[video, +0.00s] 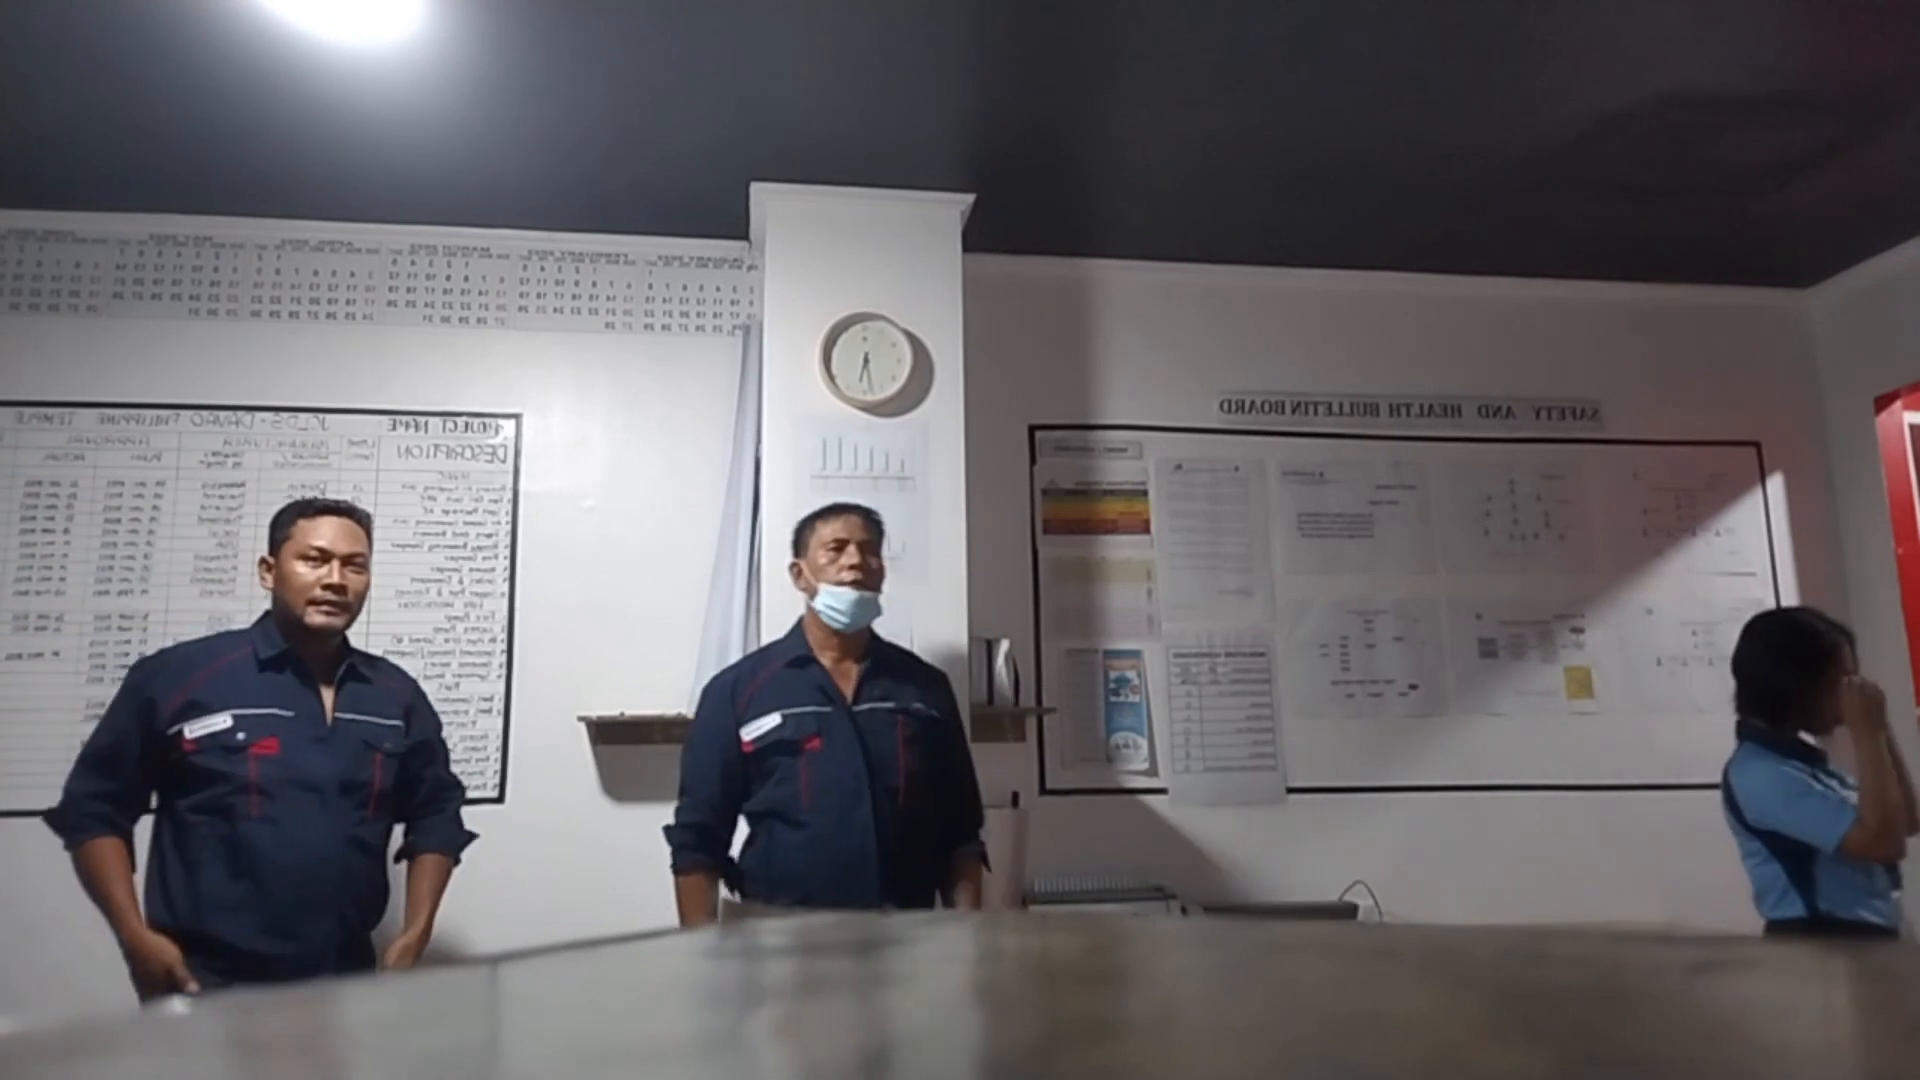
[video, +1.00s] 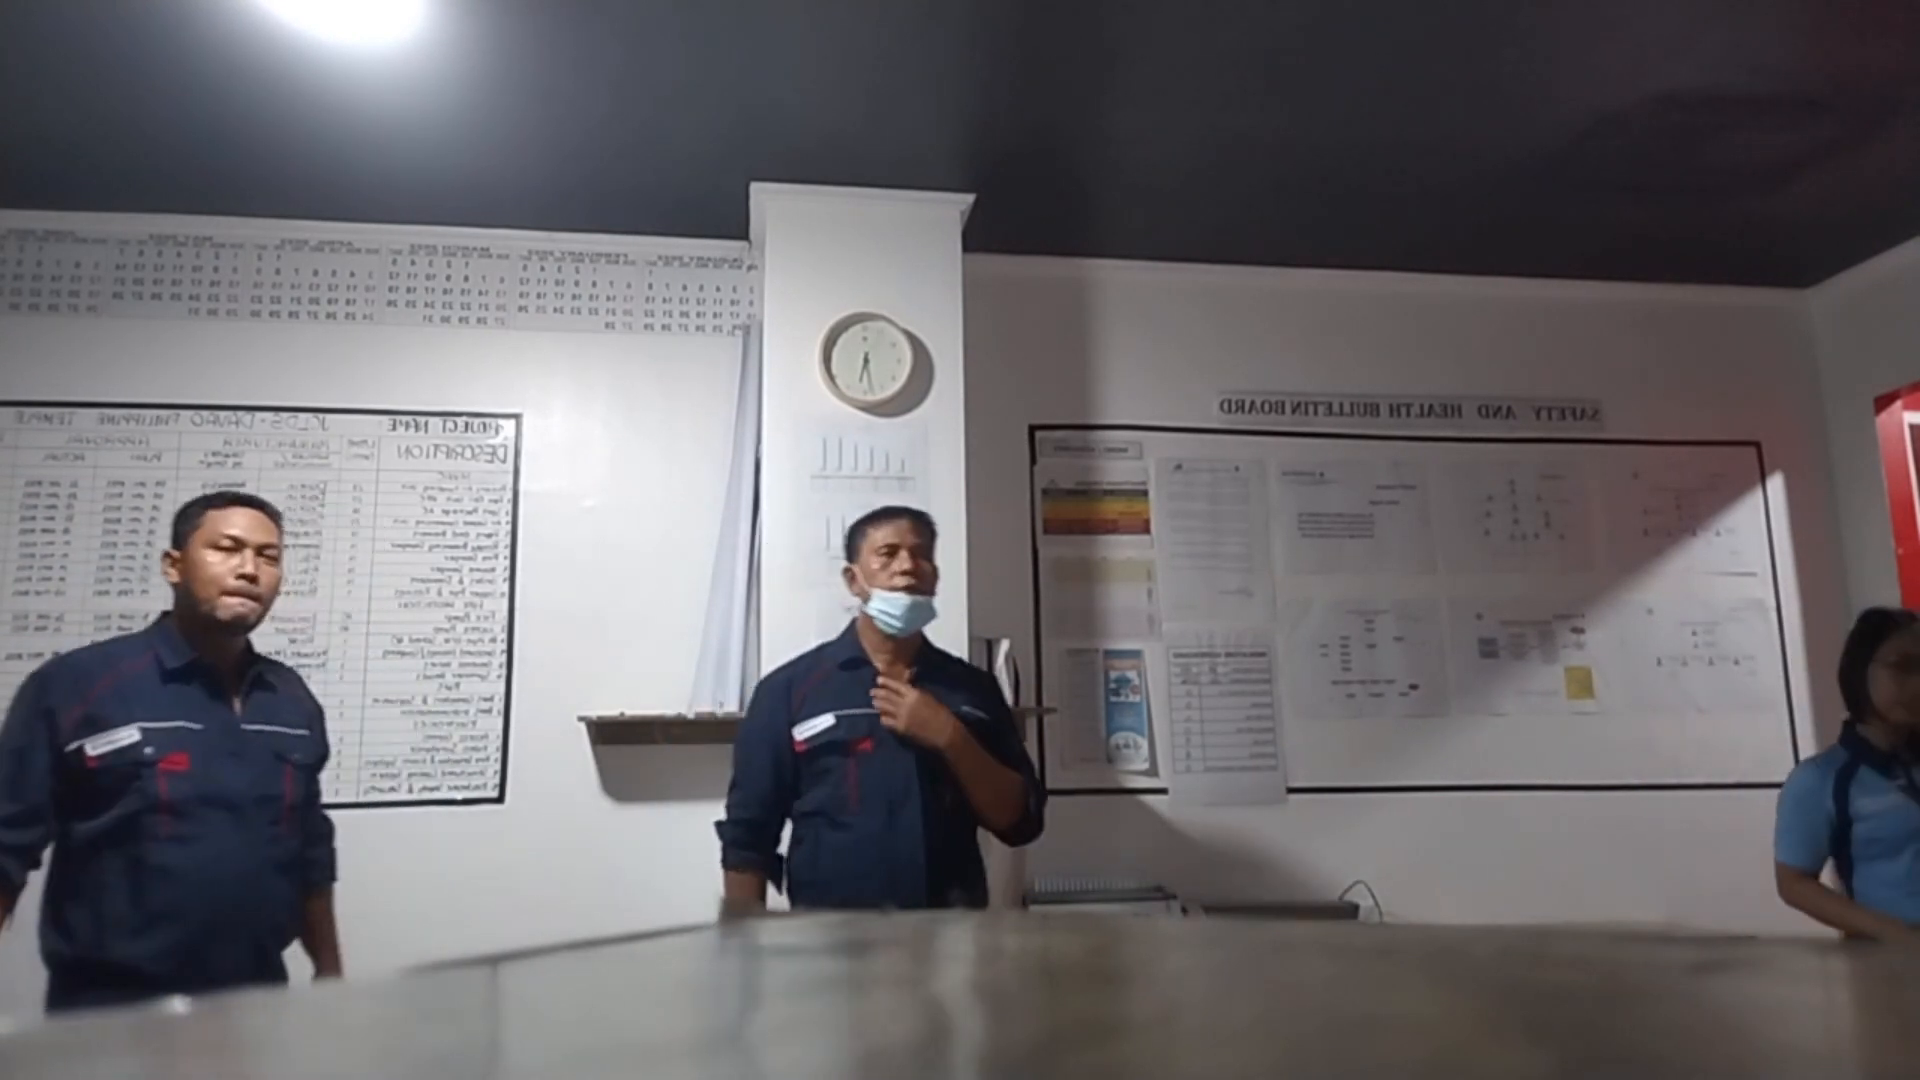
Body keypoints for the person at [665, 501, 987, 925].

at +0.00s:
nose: (856, 561)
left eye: (869, 550)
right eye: (835, 550)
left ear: (882, 572)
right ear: (801, 575)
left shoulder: (927, 688)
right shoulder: (736, 694)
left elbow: (961, 836)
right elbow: (696, 843)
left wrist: (967, 947)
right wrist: (704, 966)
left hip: (908, 943)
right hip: (782, 944)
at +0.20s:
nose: (823, 563)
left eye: (833, 549)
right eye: (800, 552)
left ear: (848, 565)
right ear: (766, 580)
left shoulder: (902, 681)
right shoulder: (709, 704)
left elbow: (939, 826)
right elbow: (673, 857)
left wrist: (941, 939)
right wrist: (681, 977)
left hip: (891, 939)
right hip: (769, 941)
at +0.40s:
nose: (805, 565)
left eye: (817, 551)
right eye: (783, 556)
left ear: (834, 567)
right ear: (752, 586)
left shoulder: (896, 678)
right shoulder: (705, 708)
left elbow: (942, 820)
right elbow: (672, 860)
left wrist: (946, 937)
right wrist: (683, 981)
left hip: (891, 941)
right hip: (769, 945)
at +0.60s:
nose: (815, 563)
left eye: (826, 549)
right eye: (792, 555)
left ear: (846, 567)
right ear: (763, 585)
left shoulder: (910, 680)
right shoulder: (720, 708)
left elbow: (961, 811)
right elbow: (688, 861)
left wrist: (960, 929)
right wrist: (704, 980)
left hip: (902, 943)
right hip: (779, 947)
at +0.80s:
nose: (852, 562)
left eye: (864, 549)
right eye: (831, 553)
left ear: (884, 570)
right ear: (802, 583)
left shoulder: (943, 686)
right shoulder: (749, 702)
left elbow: (998, 809)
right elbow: (714, 858)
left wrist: (957, 843)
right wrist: (733, 977)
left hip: (924, 944)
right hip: (801, 948)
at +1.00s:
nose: (908, 566)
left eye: (921, 555)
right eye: (888, 555)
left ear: (935, 577)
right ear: (854, 578)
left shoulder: (972, 689)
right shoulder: (786, 695)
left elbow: (1022, 824)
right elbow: (746, 850)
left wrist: (951, 737)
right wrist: (745, 970)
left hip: (951, 940)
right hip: (829, 944)